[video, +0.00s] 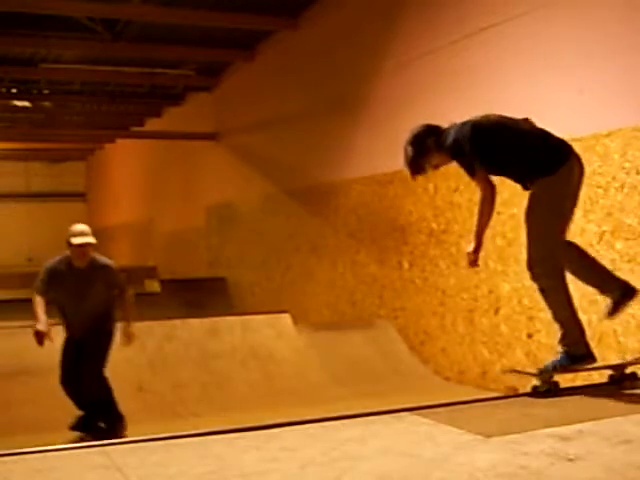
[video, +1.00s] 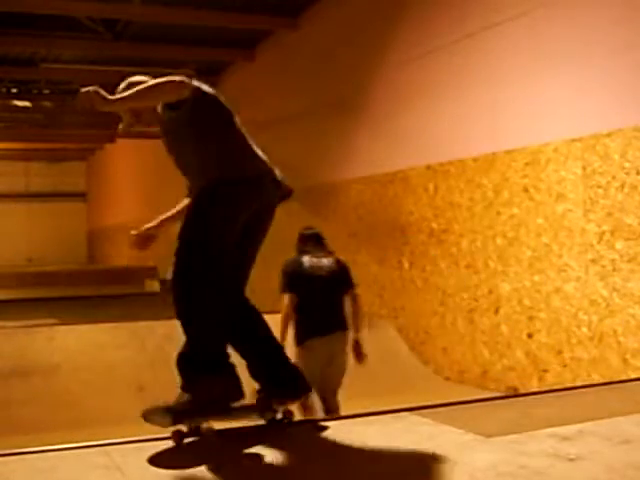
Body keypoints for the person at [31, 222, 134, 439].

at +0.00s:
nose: (83, 250)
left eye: (87, 245)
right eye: (78, 246)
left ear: (93, 246)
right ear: (69, 247)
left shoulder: (106, 270)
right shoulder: (55, 270)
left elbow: (124, 295)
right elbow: (39, 294)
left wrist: (127, 324)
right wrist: (41, 321)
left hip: (100, 332)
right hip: (75, 334)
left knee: (91, 375)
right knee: (69, 378)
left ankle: (113, 420)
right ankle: (91, 413)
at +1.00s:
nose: (130, 124)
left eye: (128, 114)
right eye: (126, 119)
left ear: (140, 96)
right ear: (148, 104)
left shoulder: (185, 96)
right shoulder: (181, 126)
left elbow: (179, 85)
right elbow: (202, 191)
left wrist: (114, 102)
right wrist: (157, 225)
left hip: (226, 193)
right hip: (254, 193)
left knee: (191, 287)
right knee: (225, 293)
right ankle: (283, 383)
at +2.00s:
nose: (135, 56)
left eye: (133, 44)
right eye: (133, 49)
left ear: (142, 24)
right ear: (168, 16)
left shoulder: (159, 18)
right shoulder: (213, 38)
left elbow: (173, 53)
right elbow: (221, 121)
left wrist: (143, 111)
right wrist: (175, 157)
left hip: (206, 167)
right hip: (247, 164)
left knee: (174, 279)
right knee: (240, 272)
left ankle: (184, 396)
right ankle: (279, 383)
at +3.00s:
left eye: (94, 149)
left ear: (100, 145)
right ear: (134, 137)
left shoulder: (98, 157)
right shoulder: (160, 149)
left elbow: (67, 183)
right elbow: (209, 191)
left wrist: (52, 242)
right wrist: (189, 224)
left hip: (134, 244)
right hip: (179, 236)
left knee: (155, 340)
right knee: (213, 315)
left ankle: (167, 431)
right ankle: (209, 377)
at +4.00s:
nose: (30, 259)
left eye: (30, 255)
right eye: (30, 255)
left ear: (11, 249)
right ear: (26, 254)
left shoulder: (3, 266)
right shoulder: (19, 274)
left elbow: (36, 309)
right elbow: (38, 310)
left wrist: (62, 327)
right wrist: (64, 328)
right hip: (4, 341)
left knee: (7, 377)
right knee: (20, 378)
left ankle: (1, 416)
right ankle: (1, 416)